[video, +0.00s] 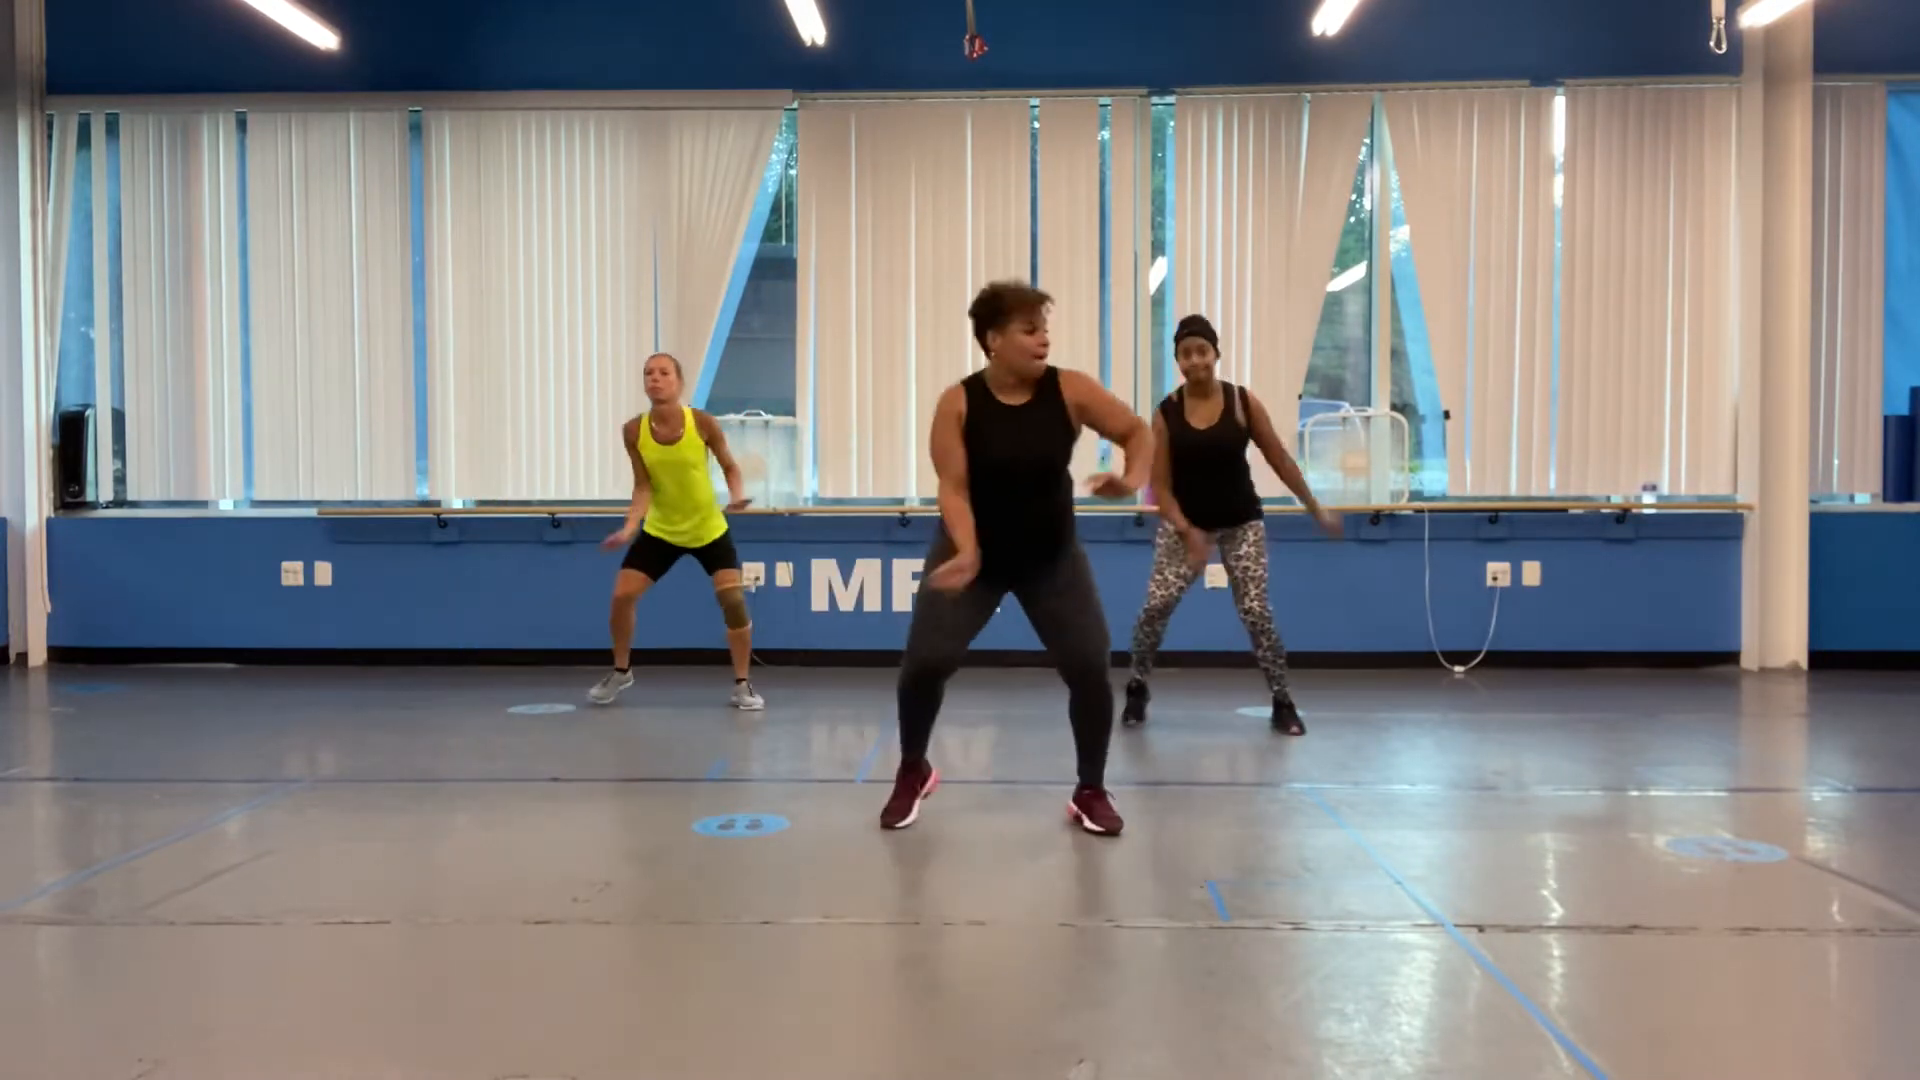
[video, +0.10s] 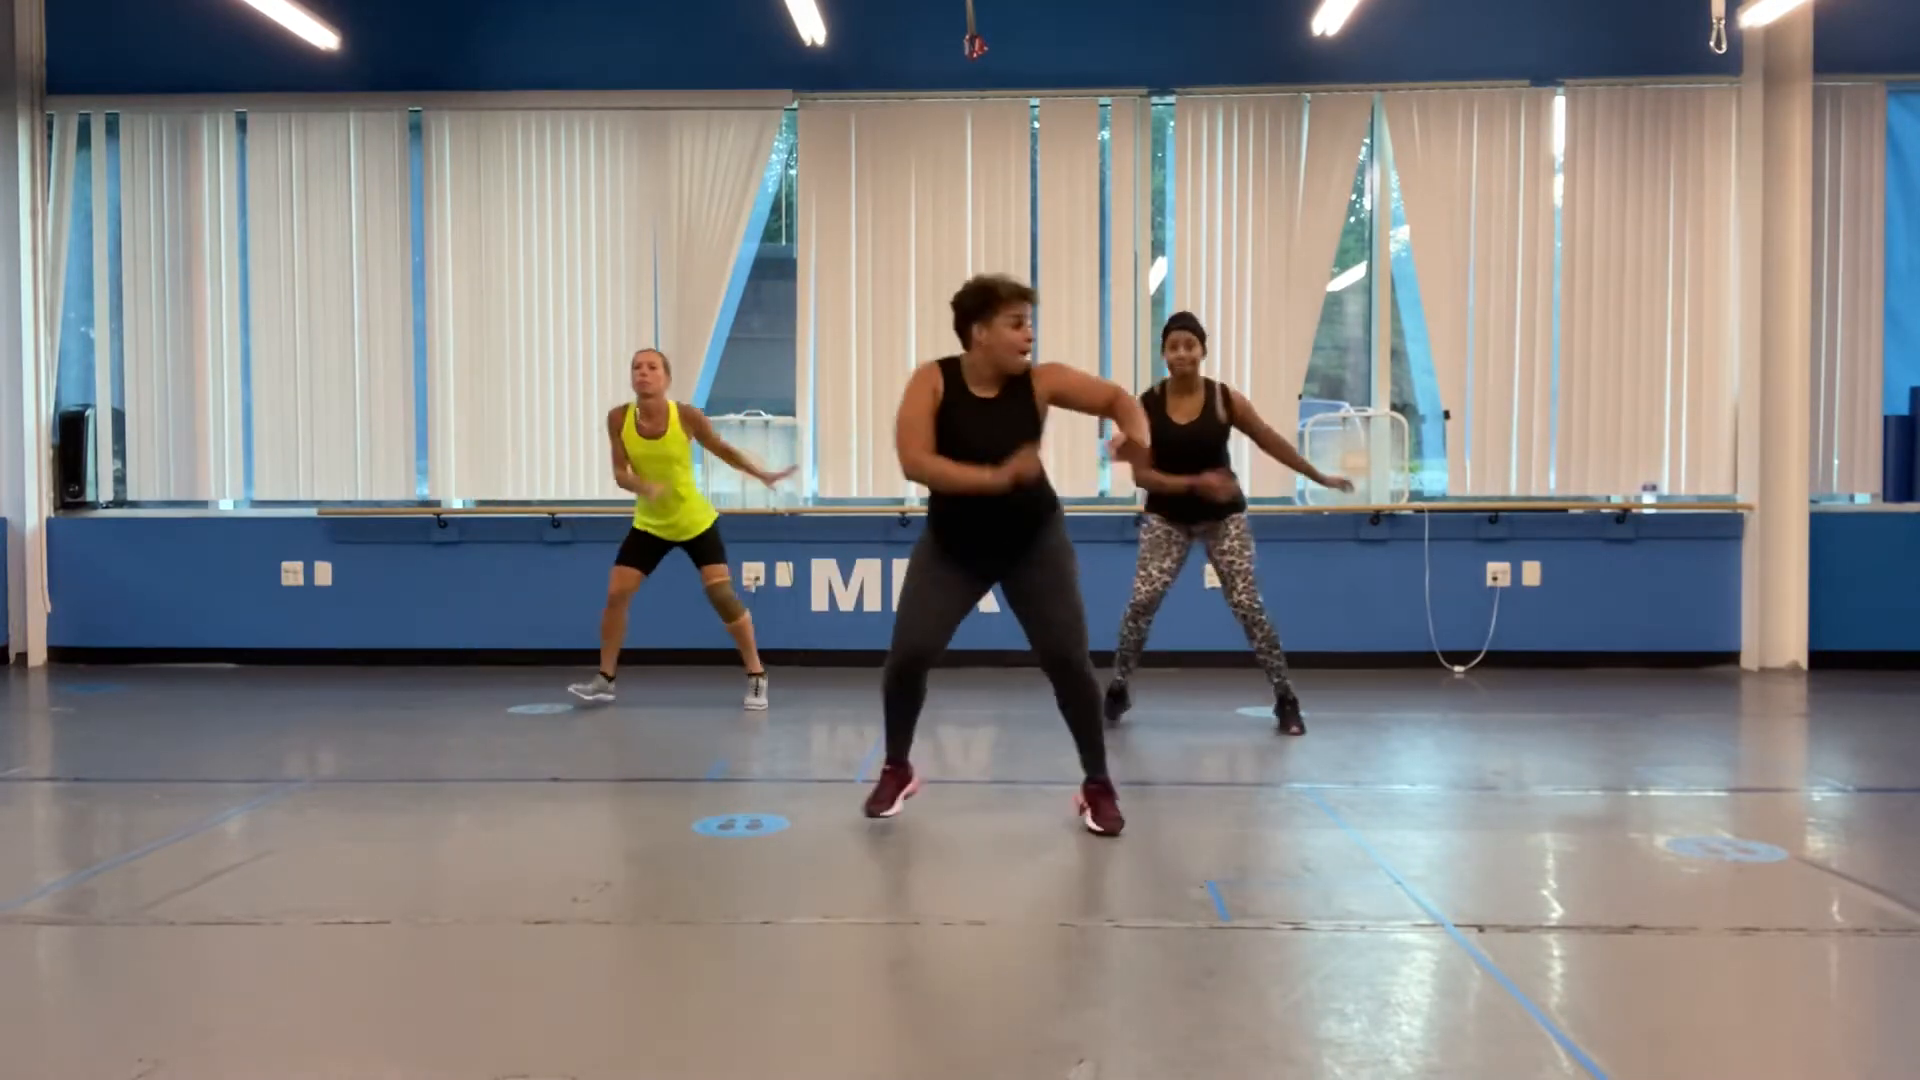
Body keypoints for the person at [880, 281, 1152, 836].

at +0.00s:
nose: (1044, 339)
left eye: (1045, 328)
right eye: (1030, 331)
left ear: (1048, 332)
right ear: (992, 341)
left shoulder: (1071, 391)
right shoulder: (957, 404)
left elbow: (1138, 433)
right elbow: (951, 486)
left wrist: (1130, 478)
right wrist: (967, 549)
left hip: (1051, 555)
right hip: (971, 553)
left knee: (1090, 666)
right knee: (923, 665)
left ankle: (1091, 790)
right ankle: (913, 769)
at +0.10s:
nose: (1028, 334)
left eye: (1029, 324)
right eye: (1015, 325)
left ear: (1028, 329)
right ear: (975, 332)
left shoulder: (1041, 382)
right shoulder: (932, 382)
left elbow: (1118, 399)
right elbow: (914, 461)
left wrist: (1138, 438)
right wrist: (996, 476)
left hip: (1033, 544)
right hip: (952, 545)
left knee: (1067, 659)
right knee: (907, 656)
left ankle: (1097, 784)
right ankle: (896, 767)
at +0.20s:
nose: (1007, 344)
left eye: (1007, 334)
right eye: (994, 335)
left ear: (1001, 341)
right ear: (954, 341)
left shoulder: (1017, 390)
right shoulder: (913, 376)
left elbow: (1082, 423)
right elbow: (875, 434)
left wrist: (1111, 432)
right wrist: (959, 430)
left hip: (1005, 541)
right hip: (930, 551)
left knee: (1057, 646)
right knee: (898, 669)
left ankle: (1113, 736)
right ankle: (881, 789)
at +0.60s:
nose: (929, 357)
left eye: (938, 345)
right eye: (925, 347)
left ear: (978, 337)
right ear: (926, 344)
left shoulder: (1027, 368)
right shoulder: (922, 372)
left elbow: (1053, 448)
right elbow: (851, 375)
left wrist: (988, 427)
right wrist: (806, 391)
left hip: (999, 537)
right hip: (922, 532)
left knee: (1040, 652)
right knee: (893, 655)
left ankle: (1058, 776)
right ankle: (867, 777)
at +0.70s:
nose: (933, 372)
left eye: (941, 360)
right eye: (930, 361)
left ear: (980, 351)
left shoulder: (1030, 376)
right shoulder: (928, 404)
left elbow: (1078, 436)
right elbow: (866, 443)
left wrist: (999, 445)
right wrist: (819, 427)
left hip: (1018, 550)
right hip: (942, 544)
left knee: (1053, 666)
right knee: (900, 650)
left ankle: (1064, 790)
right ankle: (853, 738)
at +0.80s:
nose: (922, 375)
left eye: (931, 363)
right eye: (919, 364)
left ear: (970, 357)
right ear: (958, 360)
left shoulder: (1027, 384)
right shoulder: (923, 424)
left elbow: (1087, 435)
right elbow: (906, 504)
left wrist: (1026, 471)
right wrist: (853, 474)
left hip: (1023, 557)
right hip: (945, 557)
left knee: (1056, 669)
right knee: (918, 657)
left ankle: (1064, 791)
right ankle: (861, 739)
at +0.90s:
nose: (901, 374)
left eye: (909, 362)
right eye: (899, 363)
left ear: (947, 358)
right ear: (928, 363)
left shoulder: (1008, 377)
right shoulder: (909, 426)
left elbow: (1083, 408)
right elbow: (925, 513)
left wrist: (1050, 449)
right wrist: (884, 492)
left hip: (1018, 556)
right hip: (940, 561)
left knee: (1054, 669)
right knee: (899, 667)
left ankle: (1065, 790)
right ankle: (894, 779)